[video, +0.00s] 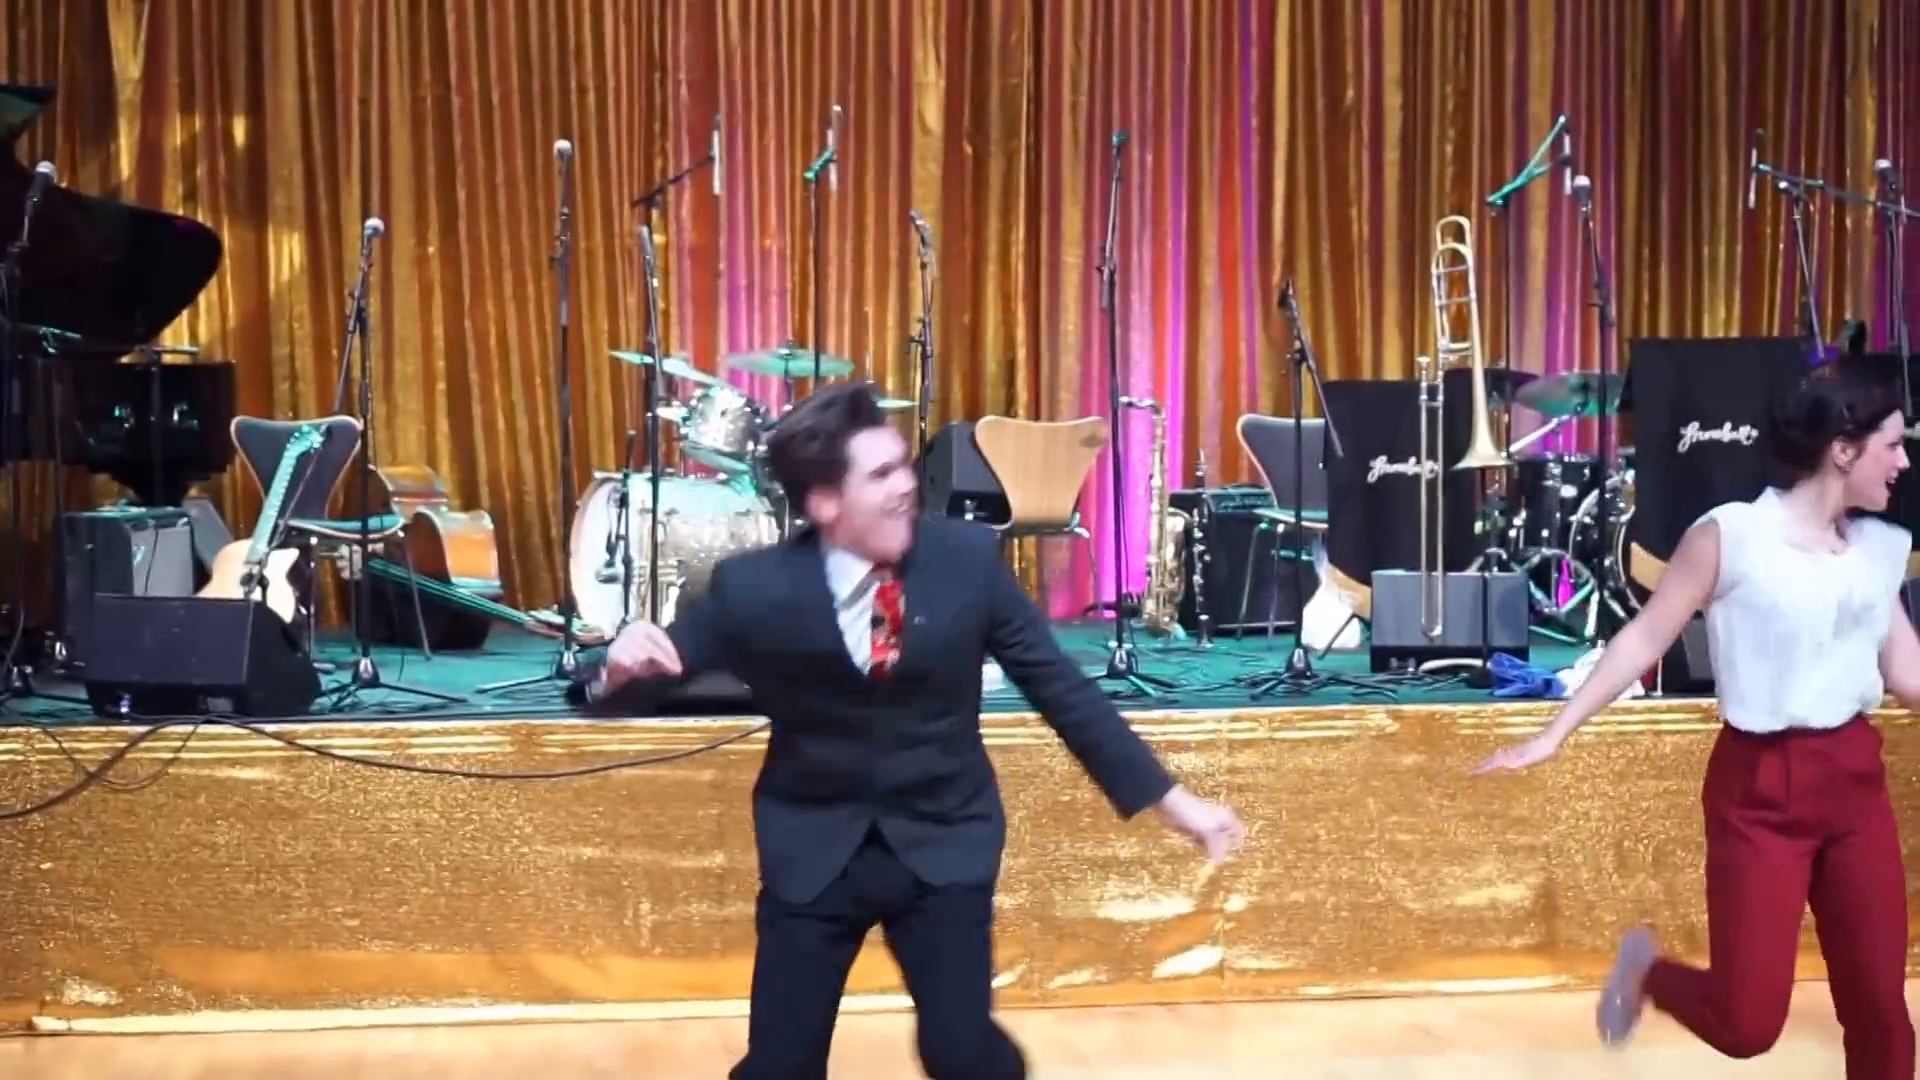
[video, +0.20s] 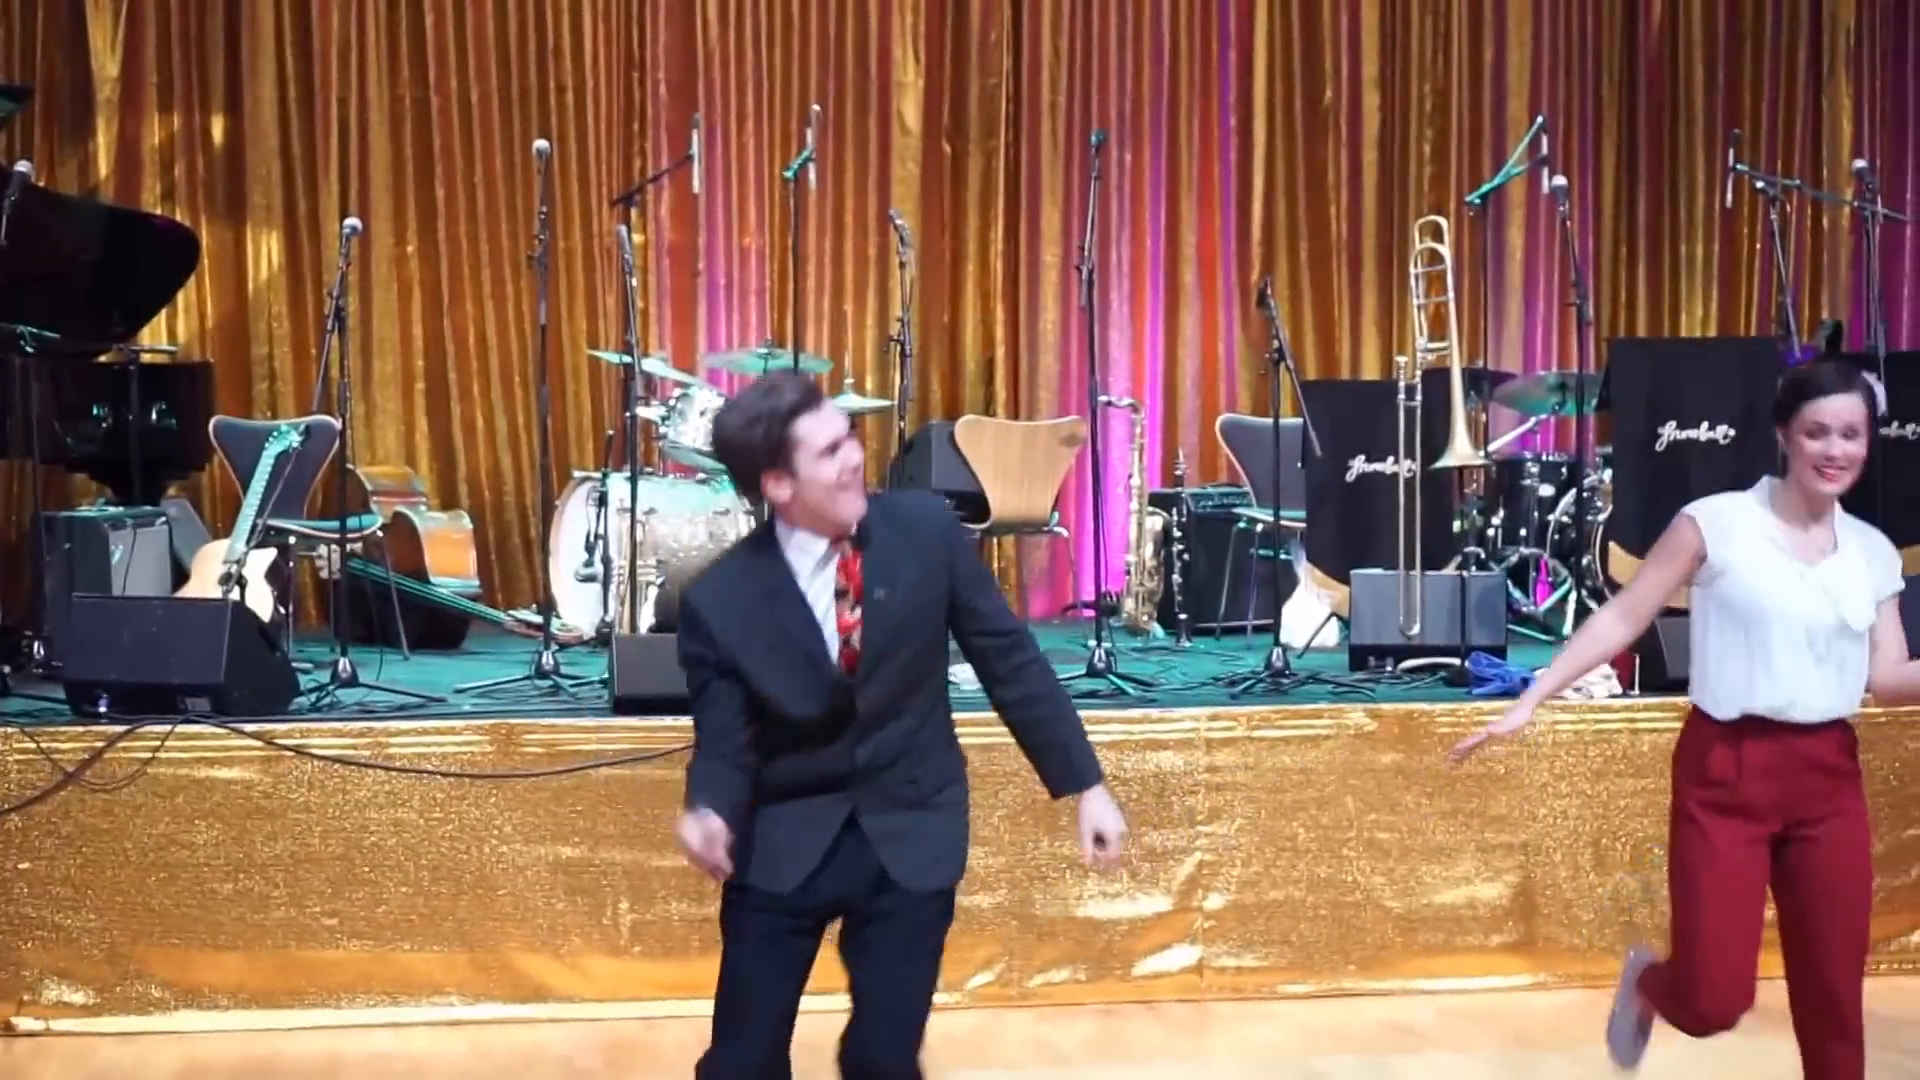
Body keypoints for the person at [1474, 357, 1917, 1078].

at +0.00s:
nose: (1903, 462)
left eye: (1903, 444)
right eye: (1893, 445)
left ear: (1849, 452)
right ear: (1842, 450)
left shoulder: (1878, 551)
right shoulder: (1725, 537)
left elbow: (1906, 675)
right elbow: (1640, 643)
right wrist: (1553, 735)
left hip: (1858, 790)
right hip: (1758, 793)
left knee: (1881, 1015)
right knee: (1749, 1027)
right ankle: (1645, 969)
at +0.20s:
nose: (1836, 451)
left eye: (1852, 434)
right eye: (1818, 431)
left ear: (1870, 443)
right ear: (1784, 435)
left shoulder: (1872, 552)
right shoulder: (1711, 526)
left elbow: (1889, 677)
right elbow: (1622, 617)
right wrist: (1530, 700)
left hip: (1827, 783)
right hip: (1722, 780)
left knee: (1835, 1012)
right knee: (1713, 1006)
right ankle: (1641, 983)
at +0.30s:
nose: (1749, 432)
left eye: (1769, 415)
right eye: (1739, 415)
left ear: (1814, 422)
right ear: (1728, 421)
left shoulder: (1858, 522)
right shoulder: (1681, 501)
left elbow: (1886, 653)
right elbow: (1585, 595)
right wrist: (1482, 669)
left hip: (1802, 762)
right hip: (1689, 758)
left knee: (1816, 988)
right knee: (1636, 973)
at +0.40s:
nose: (1683, 447)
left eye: (1700, 431)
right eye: (1677, 431)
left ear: (1756, 433)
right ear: (1674, 436)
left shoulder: (1816, 534)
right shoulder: (1640, 523)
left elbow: (1856, 668)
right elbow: (1541, 600)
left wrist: (1900, 647)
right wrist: (1434, 656)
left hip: (1774, 785)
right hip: (1660, 783)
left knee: (1809, 1014)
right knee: (1608, 998)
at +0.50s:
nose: (1622, 453)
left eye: (1638, 436)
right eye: (1618, 438)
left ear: (1694, 440)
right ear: (1617, 444)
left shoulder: (1760, 548)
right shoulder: (1591, 531)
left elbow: (1782, 684)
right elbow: (1515, 599)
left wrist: (1795, 650)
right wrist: (1435, 651)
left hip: (1725, 792)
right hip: (1617, 794)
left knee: (1776, 1008)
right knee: (1572, 1002)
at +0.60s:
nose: (1562, 445)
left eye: (1578, 428)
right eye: (1558, 428)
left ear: (1634, 435)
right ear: (1560, 434)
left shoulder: (1689, 546)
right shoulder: (1556, 519)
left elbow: (1661, 681)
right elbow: (1538, 607)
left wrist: (1617, 655)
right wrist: (1484, 666)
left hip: (1649, 774)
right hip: (1558, 774)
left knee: (1690, 993)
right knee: (1541, 981)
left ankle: (1791, 1078)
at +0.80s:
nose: (1446, 450)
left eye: (1452, 436)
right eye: (1447, 435)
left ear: (1489, 445)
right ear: (1533, 446)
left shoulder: (1486, 551)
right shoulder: (1588, 539)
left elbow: (1420, 679)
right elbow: (1628, 656)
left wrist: (1374, 638)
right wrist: (1625, 714)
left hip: (1521, 793)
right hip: (1578, 784)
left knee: (1402, 972)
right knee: (1524, 1002)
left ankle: (1592, 971)